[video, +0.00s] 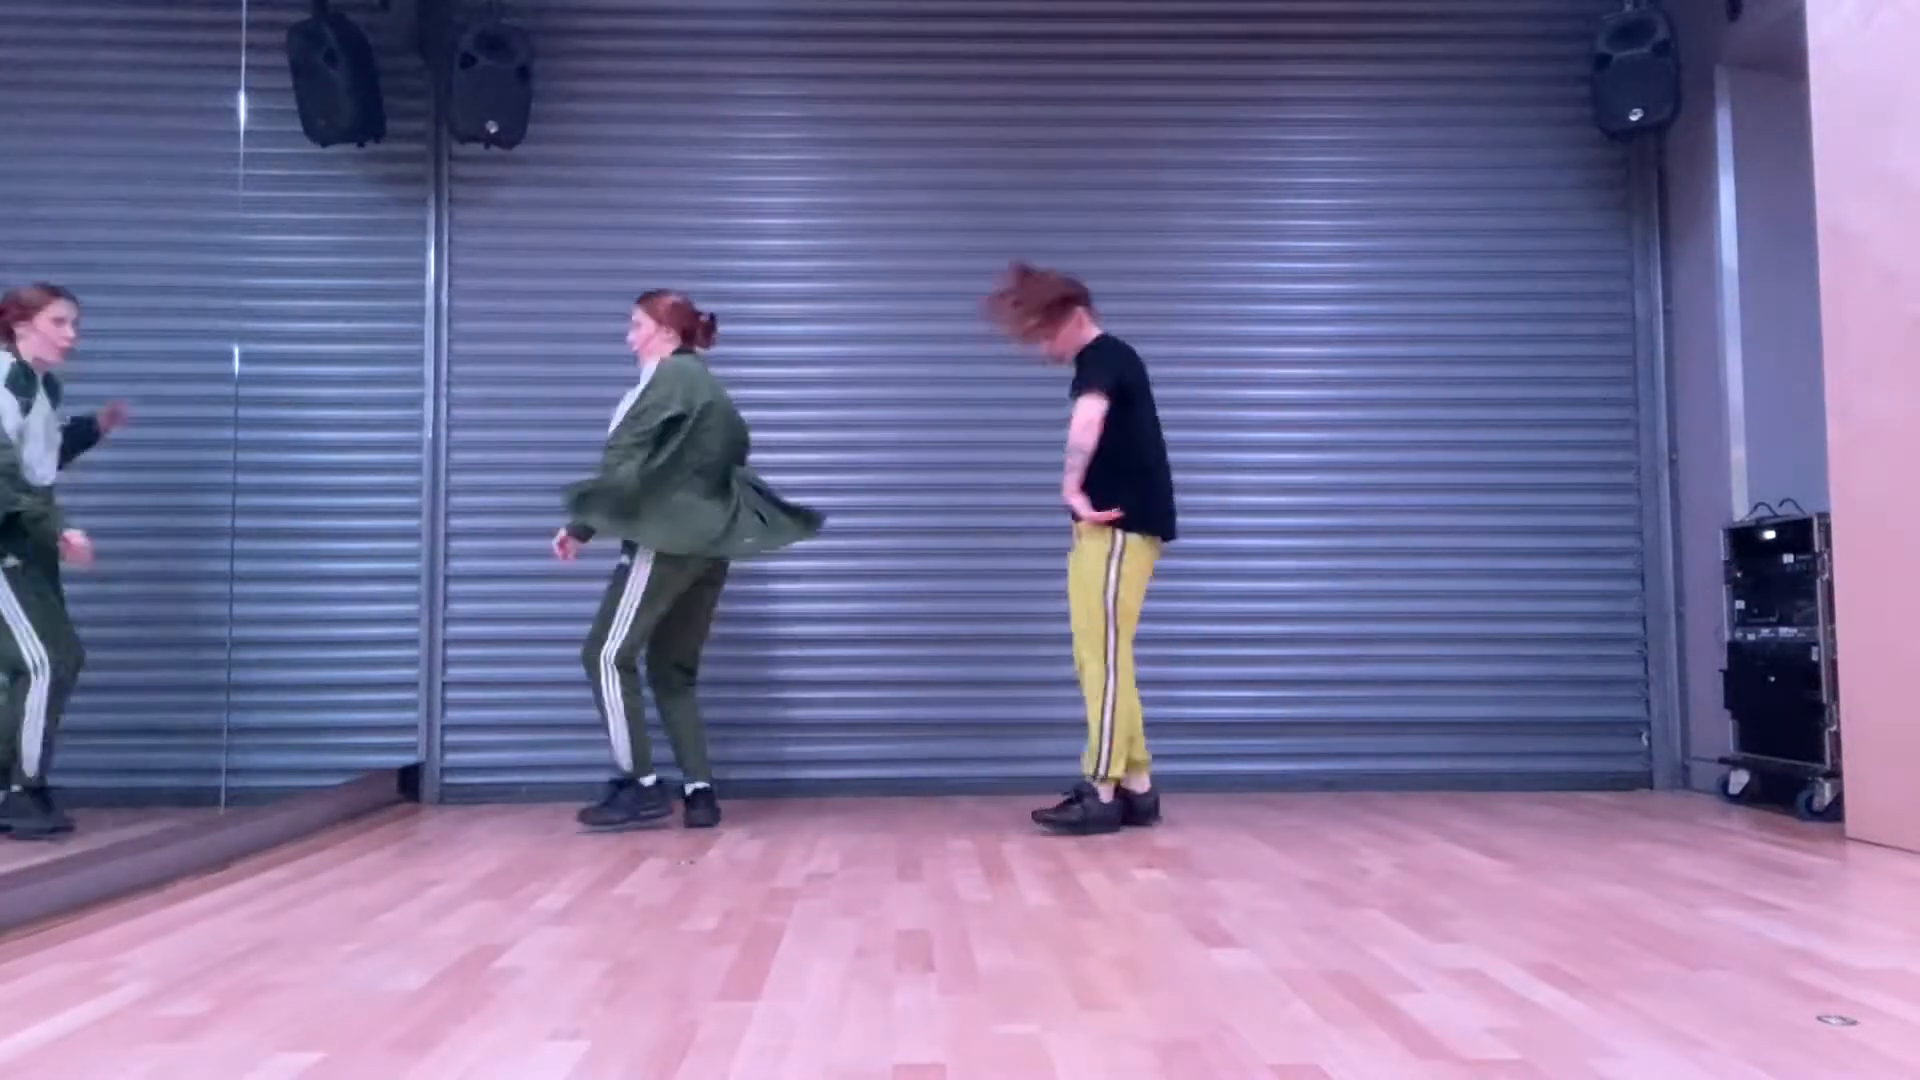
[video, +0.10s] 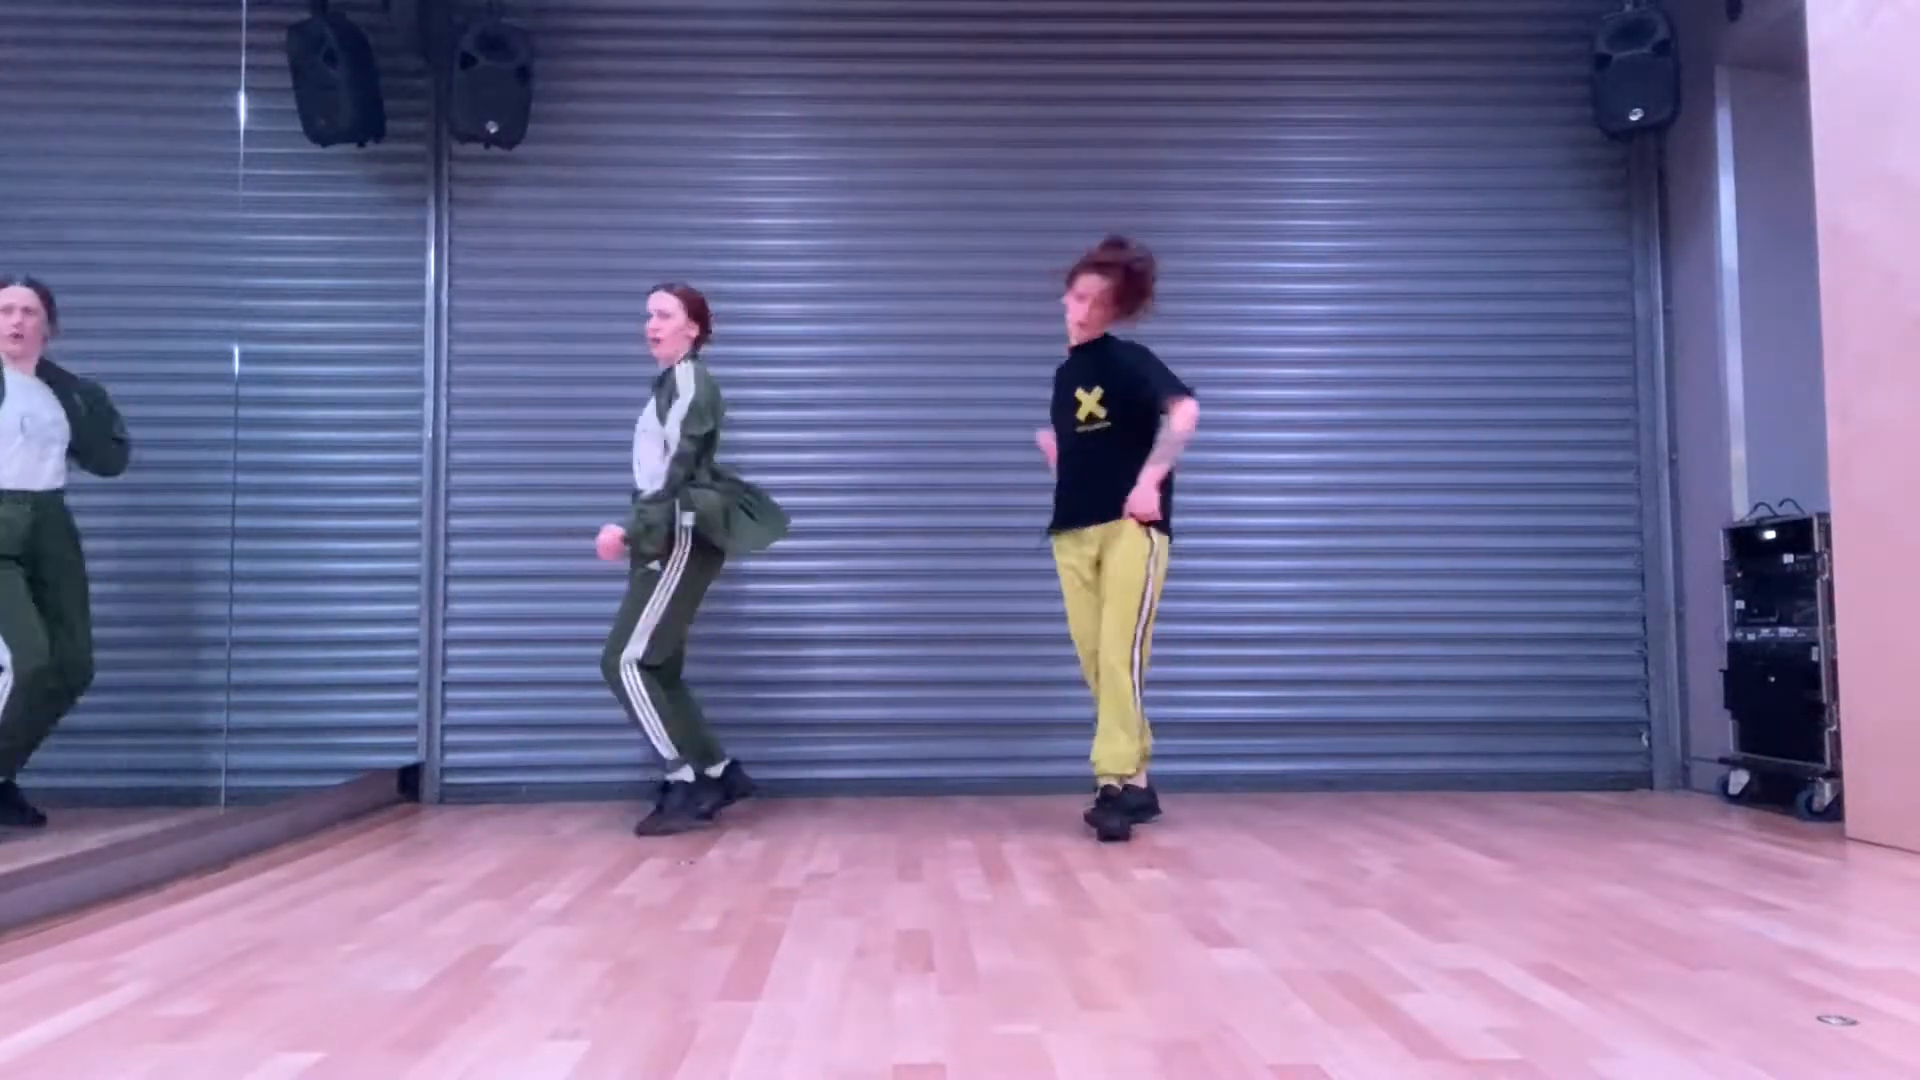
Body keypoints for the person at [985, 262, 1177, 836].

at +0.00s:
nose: (1044, 348)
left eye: (1044, 335)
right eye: (1038, 339)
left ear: (1071, 315)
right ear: (1073, 316)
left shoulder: (1102, 359)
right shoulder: (1105, 360)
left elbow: (1087, 425)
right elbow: (1108, 439)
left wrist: (1072, 490)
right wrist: (1088, 502)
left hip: (1115, 531)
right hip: (1119, 528)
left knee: (1100, 656)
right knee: (1107, 655)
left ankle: (1102, 792)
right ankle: (1135, 787)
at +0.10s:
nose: (1077, 305)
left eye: (1092, 299)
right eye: (1075, 292)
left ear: (1115, 310)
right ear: (1066, 295)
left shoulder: (1127, 356)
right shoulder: (1065, 373)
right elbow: (1079, 445)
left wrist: (1149, 481)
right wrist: (1053, 446)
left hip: (1129, 526)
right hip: (1072, 532)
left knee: (1118, 654)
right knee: (1094, 658)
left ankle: (1115, 785)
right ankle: (1134, 778)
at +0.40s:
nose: (1122, 321)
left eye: (1131, 312)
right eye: (1111, 311)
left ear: (1141, 319)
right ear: (1090, 315)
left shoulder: (1153, 382)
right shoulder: (1062, 367)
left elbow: (1199, 448)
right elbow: (1019, 387)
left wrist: (1178, 483)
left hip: (1131, 518)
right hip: (1067, 525)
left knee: (1125, 589)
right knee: (1086, 650)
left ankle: (1124, 736)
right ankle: (1112, 774)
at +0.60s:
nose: (1115, 360)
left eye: (1125, 351)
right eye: (1105, 350)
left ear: (1139, 357)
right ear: (1089, 356)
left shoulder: (1155, 416)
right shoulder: (1071, 398)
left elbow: (1216, 476)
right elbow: (1040, 411)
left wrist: (1180, 531)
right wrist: (1119, 399)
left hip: (1128, 550)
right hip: (1065, 559)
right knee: (1095, 676)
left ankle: (1137, 669)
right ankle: (1117, 785)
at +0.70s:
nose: (1110, 351)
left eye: (1120, 341)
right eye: (1100, 341)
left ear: (1133, 348)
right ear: (1084, 345)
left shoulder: (1154, 411)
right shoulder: (1058, 402)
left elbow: (1185, 489)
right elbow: (1031, 477)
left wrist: (1159, 528)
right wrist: (1082, 508)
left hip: (1133, 557)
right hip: (1069, 559)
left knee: (1153, 690)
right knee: (1093, 668)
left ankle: (1127, 740)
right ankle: (1115, 783)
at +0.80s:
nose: (1102, 353)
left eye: (1112, 343)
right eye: (1092, 344)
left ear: (1127, 349)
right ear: (1077, 350)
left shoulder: (1151, 411)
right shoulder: (1057, 415)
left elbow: (1161, 494)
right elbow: (1039, 496)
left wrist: (1114, 476)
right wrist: (1042, 558)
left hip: (1136, 565)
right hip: (1076, 565)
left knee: (1125, 670)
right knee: (1091, 664)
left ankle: (1120, 768)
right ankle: (1116, 775)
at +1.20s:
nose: (1138, 361)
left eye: (1140, 350)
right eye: (1128, 351)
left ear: (1138, 351)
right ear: (1094, 353)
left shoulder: (1154, 405)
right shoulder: (1055, 423)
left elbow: (1185, 470)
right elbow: (1039, 512)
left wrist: (1180, 533)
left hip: (1138, 567)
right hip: (1070, 576)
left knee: (1155, 661)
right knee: (1087, 708)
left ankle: (1135, 761)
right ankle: (1058, 779)